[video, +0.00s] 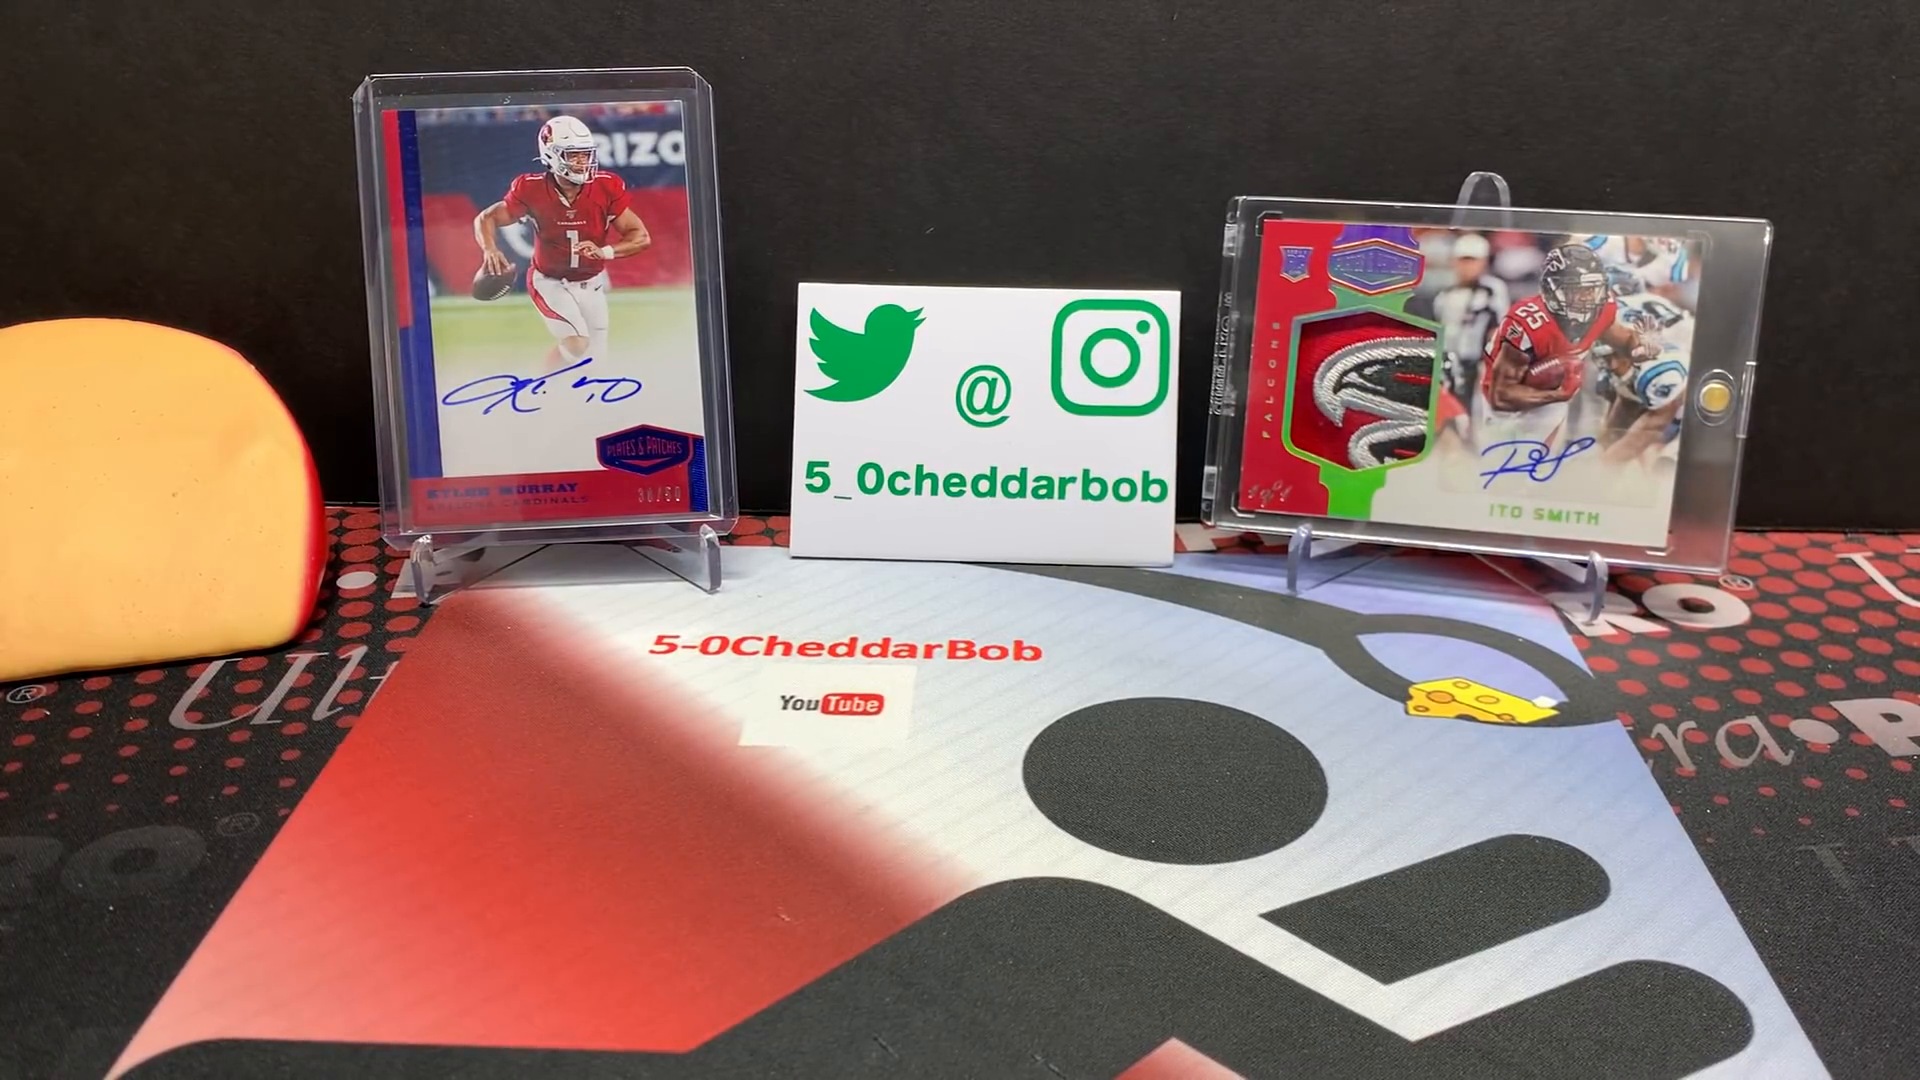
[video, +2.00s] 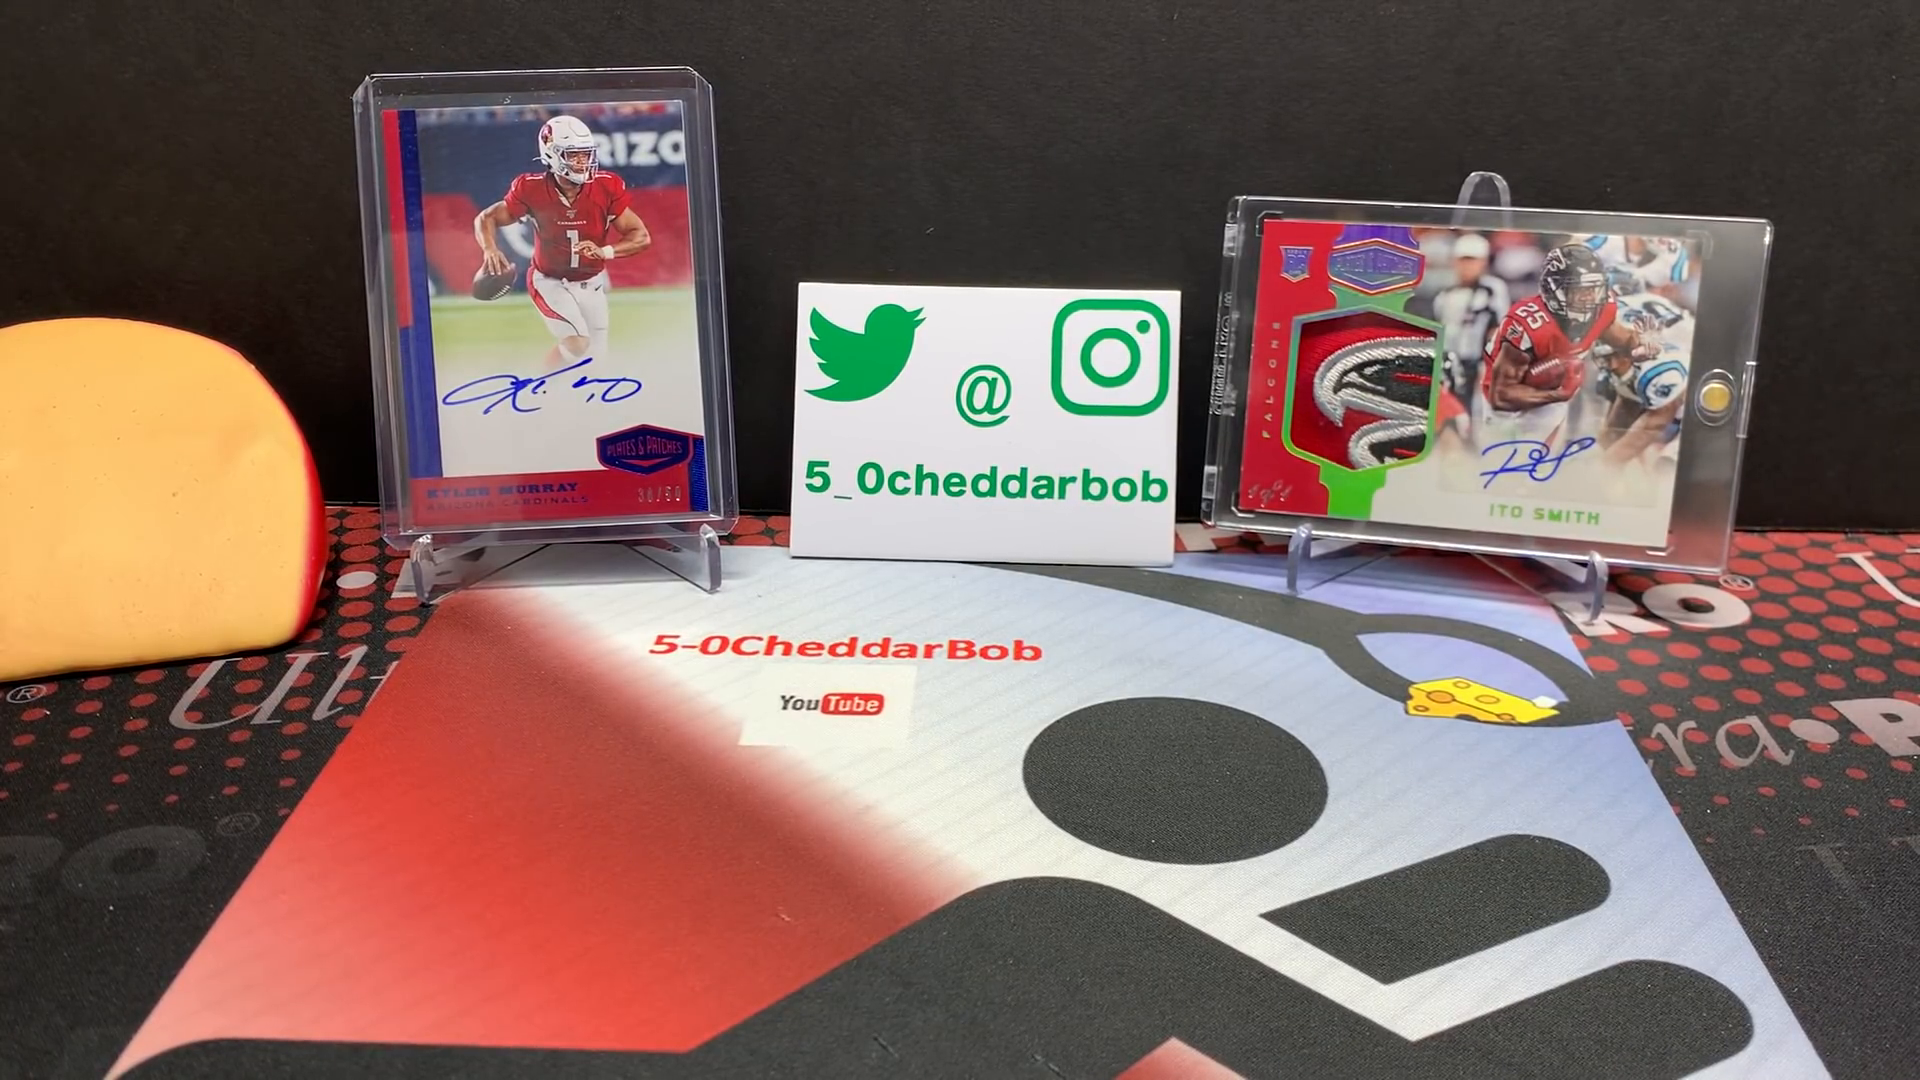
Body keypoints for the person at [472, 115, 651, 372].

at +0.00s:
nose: (580, 162)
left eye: (585, 155)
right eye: (572, 156)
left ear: (592, 154)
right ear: (551, 156)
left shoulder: (607, 187)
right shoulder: (529, 190)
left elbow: (641, 237)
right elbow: (484, 219)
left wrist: (605, 252)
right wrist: (490, 249)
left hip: (591, 282)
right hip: (548, 281)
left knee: (596, 362)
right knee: (577, 344)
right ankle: (533, 389)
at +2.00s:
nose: (581, 162)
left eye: (585, 155)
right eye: (572, 156)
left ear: (592, 154)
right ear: (552, 155)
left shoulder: (607, 187)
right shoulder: (530, 189)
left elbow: (641, 237)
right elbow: (484, 219)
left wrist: (605, 252)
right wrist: (490, 249)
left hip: (591, 282)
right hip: (548, 280)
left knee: (596, 361)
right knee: (576, 343)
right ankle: (533, 392)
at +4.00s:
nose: (580, 162)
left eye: (585, 155)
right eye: (573, 156)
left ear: (592, 154)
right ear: (552, 155)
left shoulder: (607, 187)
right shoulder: (530, 189)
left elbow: (641, 238)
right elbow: (485, 219)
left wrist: (605, 252)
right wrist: (489, 248)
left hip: (591, 283)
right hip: (549, 280)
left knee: (596, 362)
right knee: (577, 344)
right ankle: (533, 390)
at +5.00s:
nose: (580, 162)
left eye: (585, 155)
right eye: (573, 156)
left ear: (591, 154)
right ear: (552, 155)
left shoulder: (606, 187)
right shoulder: (530, 189)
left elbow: (641, 238)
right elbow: (484, 219)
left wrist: (605, 252)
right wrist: (490, 248)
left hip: (591, 283)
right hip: (549, 280)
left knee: (596, 362)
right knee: (577, 344)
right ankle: (534, 391)